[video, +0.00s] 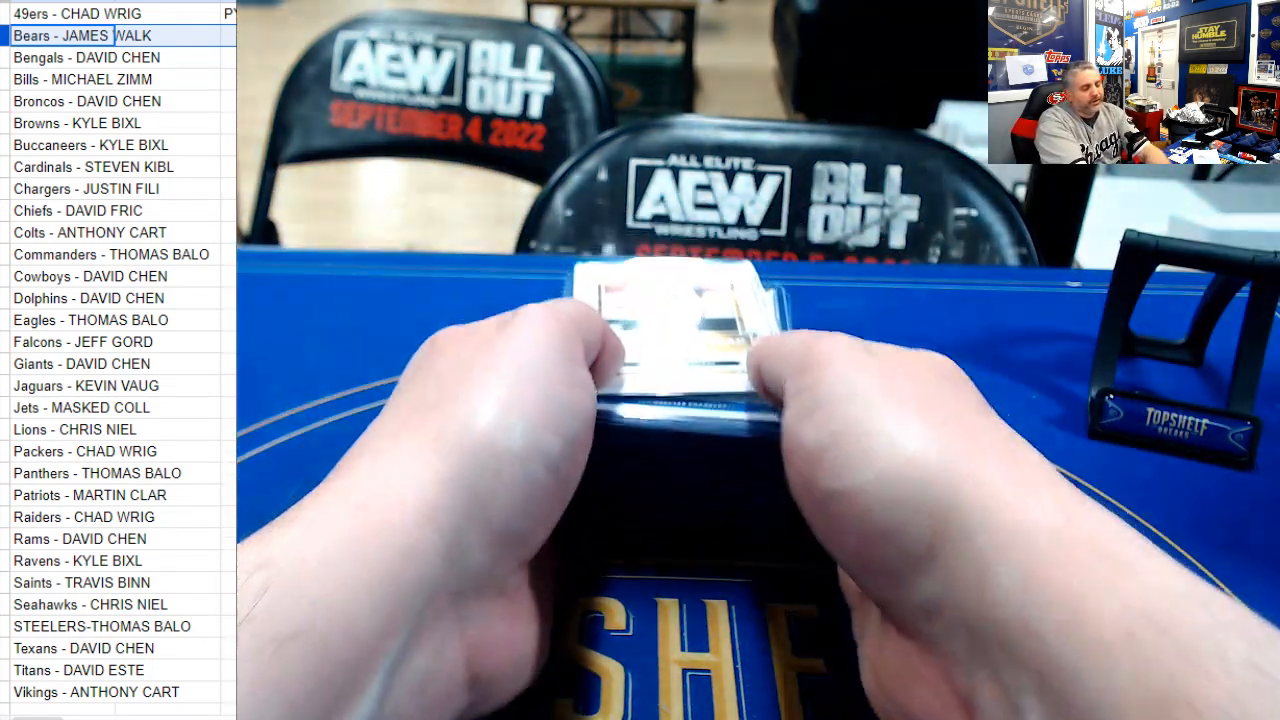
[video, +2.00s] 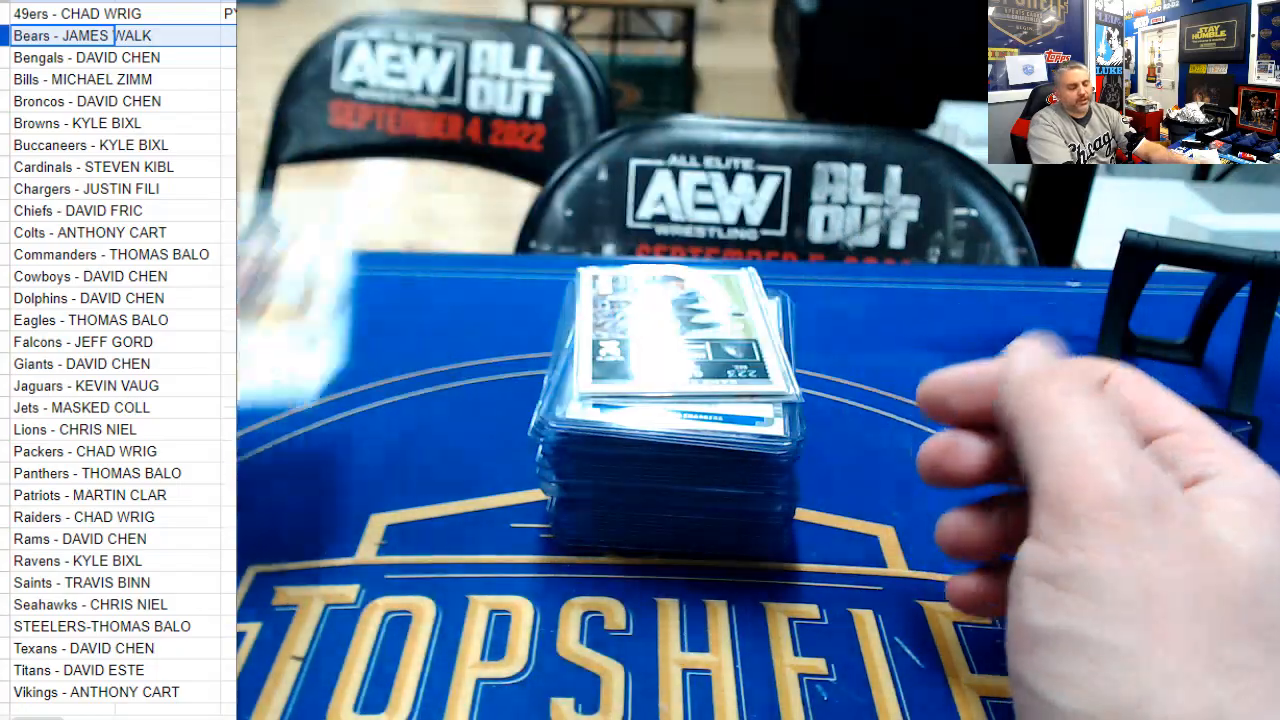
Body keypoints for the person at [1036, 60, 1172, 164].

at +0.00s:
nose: (1096, 93)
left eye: (1098, 84)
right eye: (1086, 88)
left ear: (1102, 85)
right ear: (1069, 95)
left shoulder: (1113, 113)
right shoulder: (1053, 122)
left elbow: (1148, 151)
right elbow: (1078, 173)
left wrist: (1172, 180)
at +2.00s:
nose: (1083, 92)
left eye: (1086, 84)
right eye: (1073, 87)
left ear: (1091, 84)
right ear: (1057, 94)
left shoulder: (1105, 113)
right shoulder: (1044, 124)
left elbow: (1147, 149)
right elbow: (1062, 176)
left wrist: (1190, 164)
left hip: (1113, 186)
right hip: (1072, 196)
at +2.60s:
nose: (1080, 93)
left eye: (1082, 84)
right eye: (1069, 89)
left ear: (1088, 84)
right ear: (1053, 97)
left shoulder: (1104, 113)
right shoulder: (1042, 123)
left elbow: (1144, 149)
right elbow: (1062, 175)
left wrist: (1182, 169)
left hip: (1112, 189)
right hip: (1068, 197)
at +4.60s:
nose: (1085, 94)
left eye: (1087, 86)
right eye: (1074, 90)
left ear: (1092, 86)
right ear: (1056, 96)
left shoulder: (1105, 114)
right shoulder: (1043, 123)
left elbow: (1145, 149)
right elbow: (1061, 177)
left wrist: (1178, 160)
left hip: (1113, 188)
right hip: (1072, 198)